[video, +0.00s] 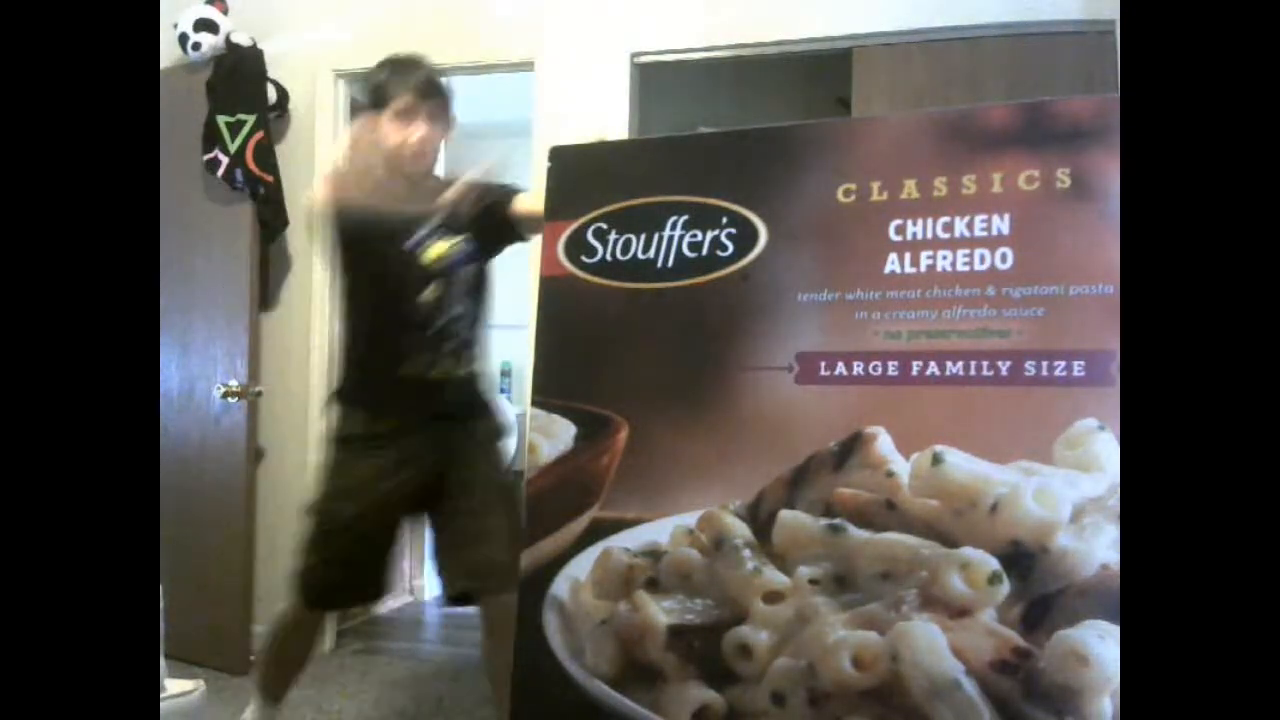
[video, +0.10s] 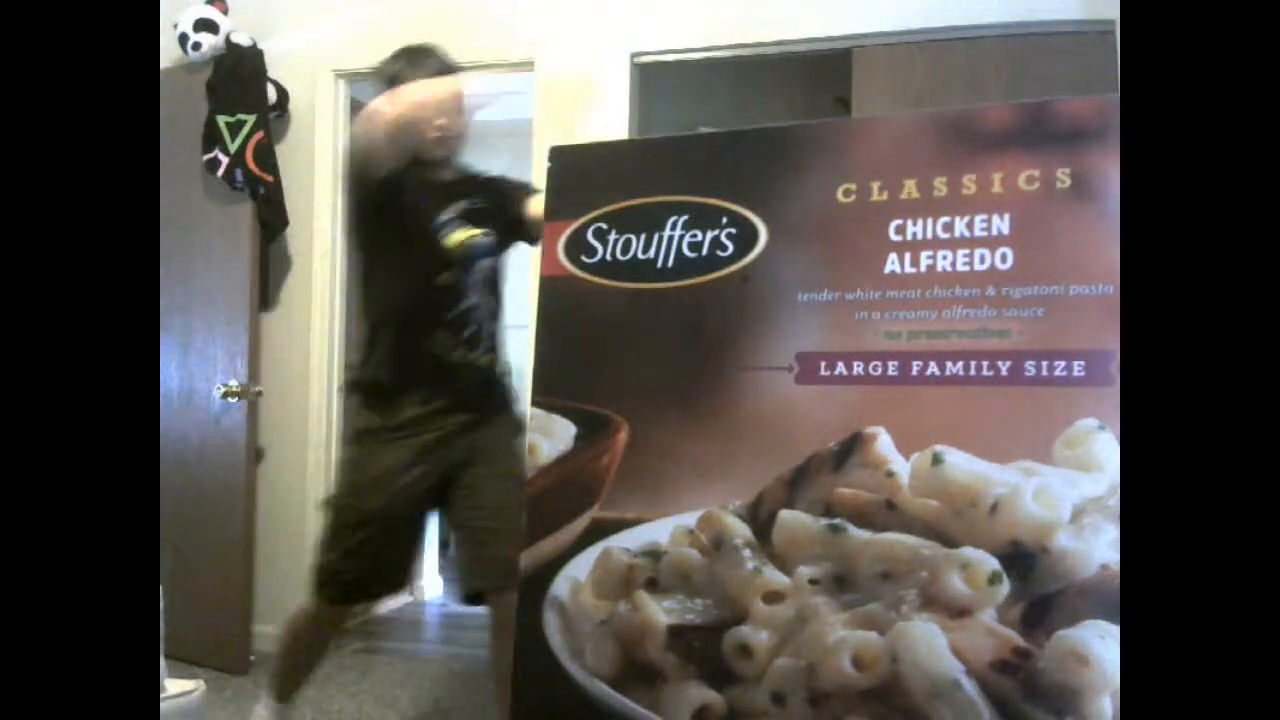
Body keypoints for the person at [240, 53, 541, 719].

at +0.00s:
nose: (424, 136)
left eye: (435, 120)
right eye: (407, 118)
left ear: (449, 128)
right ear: (369, 125)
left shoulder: (470, 207)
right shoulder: (358, 205)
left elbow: (555, 213)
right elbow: (346, 197)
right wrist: (364, 149)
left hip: (462, 421)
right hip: (375, 425)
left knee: (501, 589)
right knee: (315, 597)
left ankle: (512, 713)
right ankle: (261, 710)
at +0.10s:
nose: (448, 117)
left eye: (455, 102)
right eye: (430, 103)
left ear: (466, 111)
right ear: (394, 110)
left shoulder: (486, 193)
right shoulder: (380, 183)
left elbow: (567, 220)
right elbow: (370, 132)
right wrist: (421, 96)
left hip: (483, 417)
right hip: (393, 419)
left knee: (508, 585)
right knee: (339, 597)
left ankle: (515, 714)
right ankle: (274, 704)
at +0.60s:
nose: (503, 143)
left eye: (516, 123)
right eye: (489, 129)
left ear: (548, 125)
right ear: (476, 137)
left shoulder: (576, 204)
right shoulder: (468, 195)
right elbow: (423, 202)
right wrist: (399, 158)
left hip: (549, 430)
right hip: (467, 427)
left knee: (547, 611)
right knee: (371, 593)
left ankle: (558, 718)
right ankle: (319, 716)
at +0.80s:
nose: (462, 172)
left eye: (475, 153)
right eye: (453, 157)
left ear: (516, 150)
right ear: (446, 159)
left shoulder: (568, 210)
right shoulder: (456, 240)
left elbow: (510, 227)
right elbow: (440, 358)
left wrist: (387, 224)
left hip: (565, 434)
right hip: (483, 434)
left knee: (553, 612)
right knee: (397, 605)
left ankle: (556, 714)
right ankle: (345, 713)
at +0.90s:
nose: (447, 175)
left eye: (458, 156)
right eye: (441, 160)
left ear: (501, 147)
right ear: (441, 160)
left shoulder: (564, 212)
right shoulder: (463, 245)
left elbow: (483, 244)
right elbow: (426, 359)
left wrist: (361, 246)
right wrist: (356, 426)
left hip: (562, 443)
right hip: (484, 438)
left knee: (539, 625)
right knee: (403, 615)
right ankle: (350, 714)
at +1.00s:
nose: (415, 172)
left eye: (420, 154)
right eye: (412, 156)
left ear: (460, 145)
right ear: (456, 149)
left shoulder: (525, 206)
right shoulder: (477, 215)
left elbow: (451, 259)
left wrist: (361, 275)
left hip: (534, 439)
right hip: (478, 429)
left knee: (498, 630)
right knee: (415, 613)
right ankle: (374, 713)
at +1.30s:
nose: (438, 130)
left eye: (448, 115)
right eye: (439, 116)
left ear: (491, 117)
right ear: (490, 120)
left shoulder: (525, 184)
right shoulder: (470, 189)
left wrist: (378, 169)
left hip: (485, 441)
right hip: (431, 430)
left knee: (454, 625)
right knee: (377, 615)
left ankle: (509, 714)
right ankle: (336, 712)